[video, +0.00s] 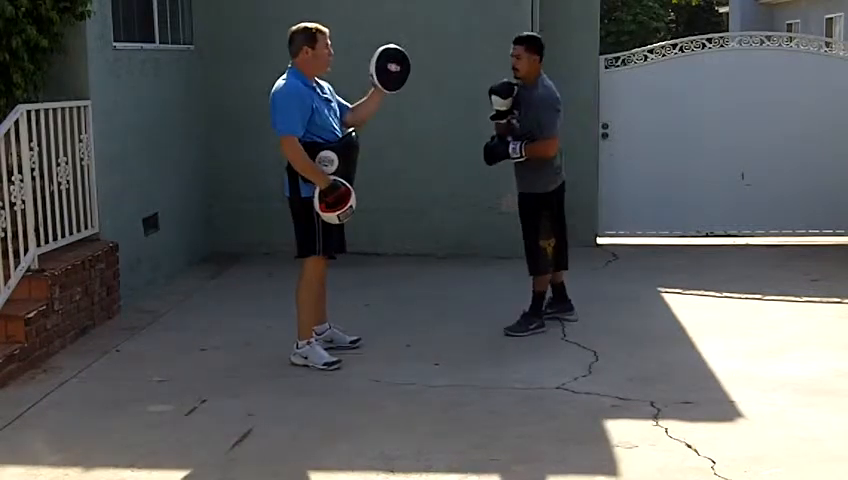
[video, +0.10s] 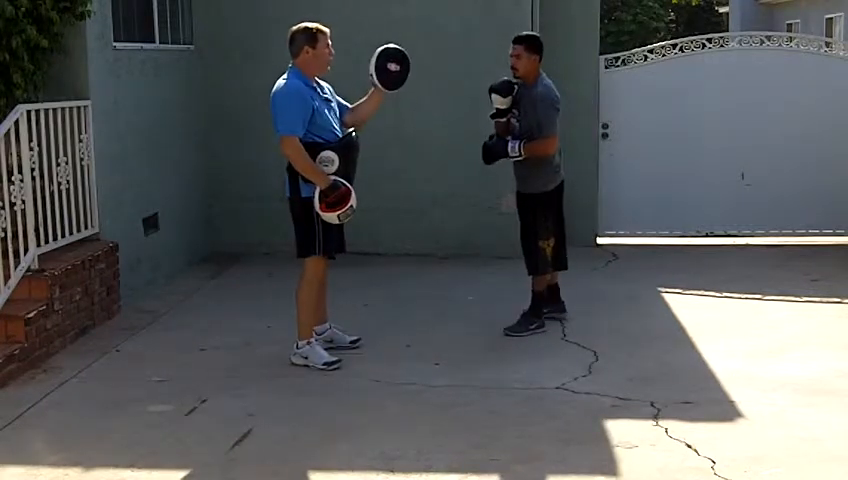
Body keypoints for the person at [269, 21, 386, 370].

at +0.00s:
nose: (332, 53)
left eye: (331, 46)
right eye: (327, 47)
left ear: (309, 52)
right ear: (307, 52)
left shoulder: (316, 84)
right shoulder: (289, 90)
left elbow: (351, 118)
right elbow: (289, 147)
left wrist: (381, 88)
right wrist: (324, 182)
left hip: (326, 186)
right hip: (307, 189)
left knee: (322, 258)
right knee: (314, 260)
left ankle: (320, 330)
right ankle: (304, 345)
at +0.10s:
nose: (332, 52)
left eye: (331, 46)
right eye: (327, 46)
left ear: (310, 52)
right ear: (307, 52)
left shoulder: (316, 84)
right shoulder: (290, 90)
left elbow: (350, 118)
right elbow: (289, 146)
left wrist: (380, 88)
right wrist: (324, 182)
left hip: (326, 186)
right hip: (307, 190)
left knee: (322, 260)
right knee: (315, 262)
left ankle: (320, 330)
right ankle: (304, 345)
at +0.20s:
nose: (334, 53)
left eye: (333, 46)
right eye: (329, 47)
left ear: (312, 52)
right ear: (308, 52)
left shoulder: (317, 84)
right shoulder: (291, 90)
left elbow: (350, 119)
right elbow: (291, 146)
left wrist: (379, 87)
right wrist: (326, 182)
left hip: (325, 188)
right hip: (307, 191)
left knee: (321, 260)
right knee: (313, 263)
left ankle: (320, 330)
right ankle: (304, 345)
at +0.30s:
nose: (335, 53)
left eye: (334, 47)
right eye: (331, 47)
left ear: (313, 51)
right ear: (312, 51)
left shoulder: (315, 83)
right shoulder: (294, 89)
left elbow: (344, 122)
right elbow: (292, 146)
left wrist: (374, 95)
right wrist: (327, 182)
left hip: (323, 188)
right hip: (307, 191)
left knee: (321, 260)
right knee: (313, 263)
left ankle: (319, 330)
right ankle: (305, 344)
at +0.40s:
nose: (337, 52)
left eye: (336, 46)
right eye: (332, 46)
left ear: (314, 51)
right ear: (314, 50)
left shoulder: (314, 84)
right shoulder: (296, 88)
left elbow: (328, 132)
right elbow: (295, 144)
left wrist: (360, 118)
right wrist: (331, 176)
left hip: (322, 187)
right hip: (307, 191)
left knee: (322, 260)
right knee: (313, 263)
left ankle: (319, 329)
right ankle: (304, 345)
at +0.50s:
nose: (339, 54)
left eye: (338, 47)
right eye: (334, 47)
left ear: (317, 52)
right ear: (317, 51)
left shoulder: (315, 84)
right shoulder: (299, 89)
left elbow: (325, 135)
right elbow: (299, 144)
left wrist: (358, 133)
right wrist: (341, 165)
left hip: (324, 188)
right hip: (311, 192)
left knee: (327, 259)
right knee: (318, 262)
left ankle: (319, 329)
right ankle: (307, 343)